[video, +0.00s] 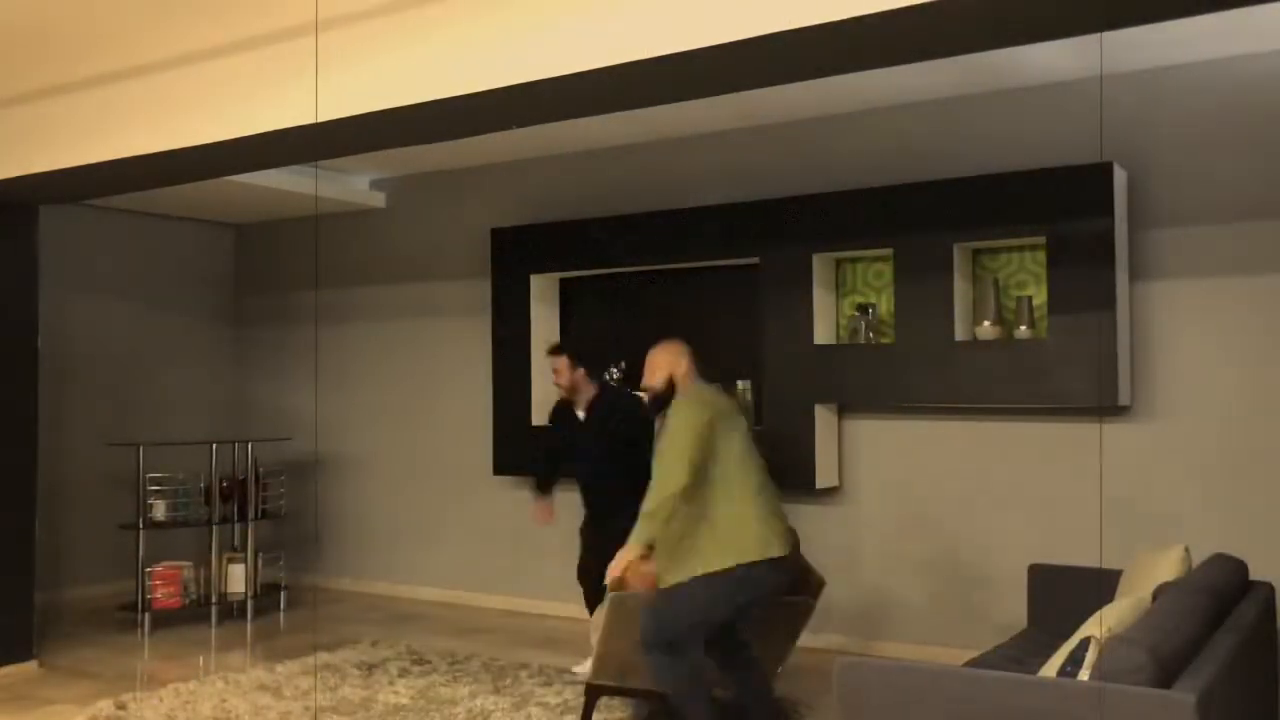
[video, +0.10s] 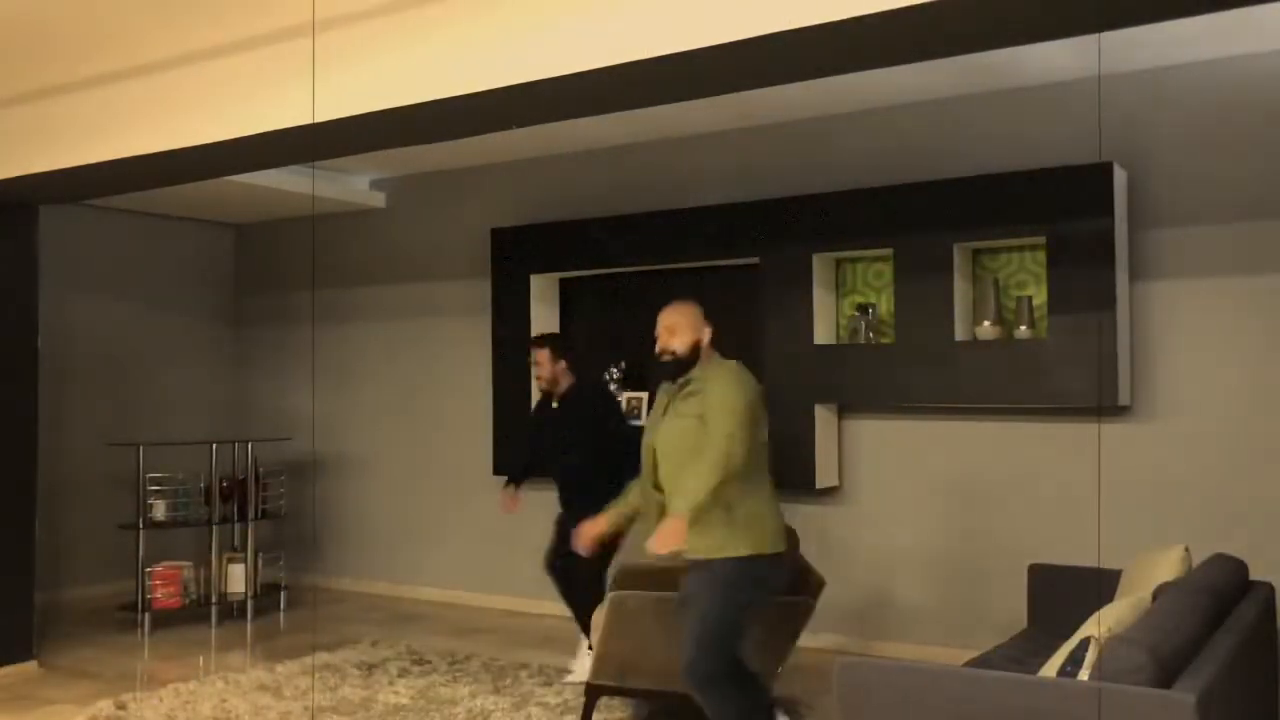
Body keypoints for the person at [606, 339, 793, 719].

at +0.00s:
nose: (645, 383)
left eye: (650, 372)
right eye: (645, 373)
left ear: (676, 366)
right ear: (684, 368)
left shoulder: (691, 404)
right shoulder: (714, 403)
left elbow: (672, 479)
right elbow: (703, 506)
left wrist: (635, 545)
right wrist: (659, 562)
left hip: (748, 558)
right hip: (772, 555)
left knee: (662, 627)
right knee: (718, 633)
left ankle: (697, 709)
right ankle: (763, 709)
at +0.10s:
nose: (662, 344)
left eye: (673, 333)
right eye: (659, 334)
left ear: (705, 335)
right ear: (656, 338)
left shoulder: (731, 381)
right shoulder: (667, 395)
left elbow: (728, 454)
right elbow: (653, 482)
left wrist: (682, 515)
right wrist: (607, 520)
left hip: (743, 550)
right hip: (703, 551)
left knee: (704, 665)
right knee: (712, 660)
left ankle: (766, 713)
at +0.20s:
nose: (665, 329)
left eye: (675, 320)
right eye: (665, 320)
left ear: (712, 321)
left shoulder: (756, 375)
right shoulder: (666, 374)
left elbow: (771, 452)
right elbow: (621, 436)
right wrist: (553, 475)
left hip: (739, 550)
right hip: (683, 549)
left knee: (722, 662)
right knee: (681, 667)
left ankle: (758, 717)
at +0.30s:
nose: (662, 327)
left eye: (671, 316)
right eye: (663, 316)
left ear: (709, 321)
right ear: (700, 321)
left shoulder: (757, 378)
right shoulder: (664, 377)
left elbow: (776, 463)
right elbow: (621, 427)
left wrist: (768, 539)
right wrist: (564, 447)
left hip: (730, 563)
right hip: (668, 558)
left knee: (740, 686)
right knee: (658, 683)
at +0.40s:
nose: (654, 341)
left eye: (665, 330)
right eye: (656, 330)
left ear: (703, 336)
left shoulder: (747, 396)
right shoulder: (656, 394)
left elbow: (739, 485)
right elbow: (603, 443)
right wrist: (523, 463)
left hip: (727, 585)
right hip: (656, 578)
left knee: (753, 703)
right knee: (626, 696)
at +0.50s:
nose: (607, 346)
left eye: (616, 333)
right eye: (608, 334)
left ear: (656, 336)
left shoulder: (695, 396)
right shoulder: (621, 404)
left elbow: (654, 468)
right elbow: (570, 455)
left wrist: (589, 505)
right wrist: (490, 495)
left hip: (692, 599)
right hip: (624, 599)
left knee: (732, 710)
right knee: (600, 709)